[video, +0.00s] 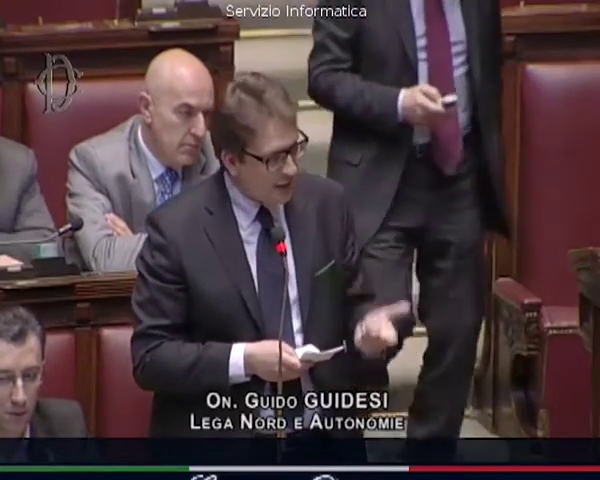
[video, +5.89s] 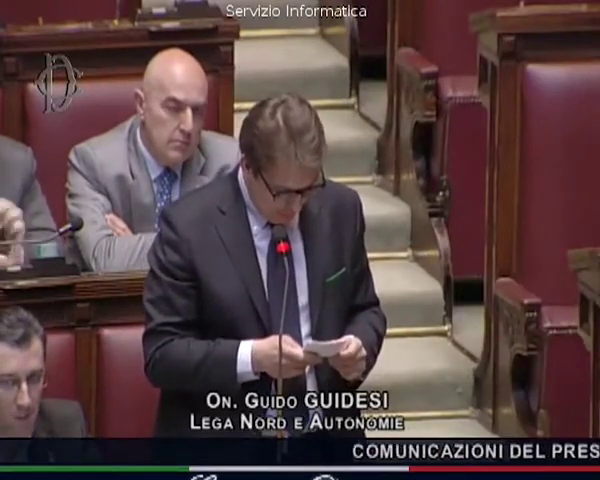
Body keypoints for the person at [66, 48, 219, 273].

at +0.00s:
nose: (200, 130)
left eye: (206, 114)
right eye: (186, 113)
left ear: (211, 108)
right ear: (146, 108)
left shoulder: (209, 152)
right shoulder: (92, 160)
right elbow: (105, 260)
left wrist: (137, 247)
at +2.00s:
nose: (185, 127)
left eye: (195, 111)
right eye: (170, 108)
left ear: (204, 108)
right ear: (140, 104)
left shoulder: (230, 157)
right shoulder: (91, 161)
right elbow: (105, 259)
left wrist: (139, 251)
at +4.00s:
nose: (187, 125)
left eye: (197, 109)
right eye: (172, 107)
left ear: (205, 108)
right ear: (140, 104)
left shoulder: (228, 155)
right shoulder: (91, 161)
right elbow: (106, 260)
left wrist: (137, 247)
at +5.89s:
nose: (188, 126)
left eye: (197, 110)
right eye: (173, 108)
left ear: (205, 108)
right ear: (141, 104)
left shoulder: (231, 157)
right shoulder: (91, 161)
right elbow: (105, 259)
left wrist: (137, 251)